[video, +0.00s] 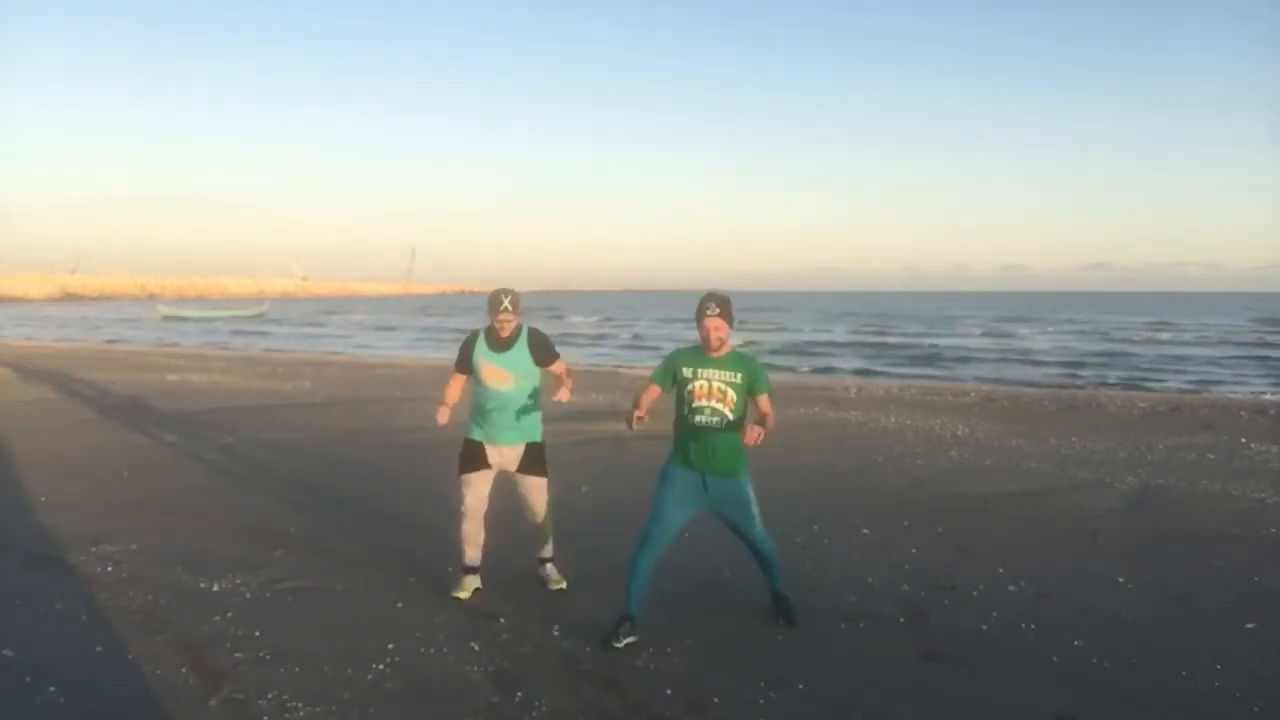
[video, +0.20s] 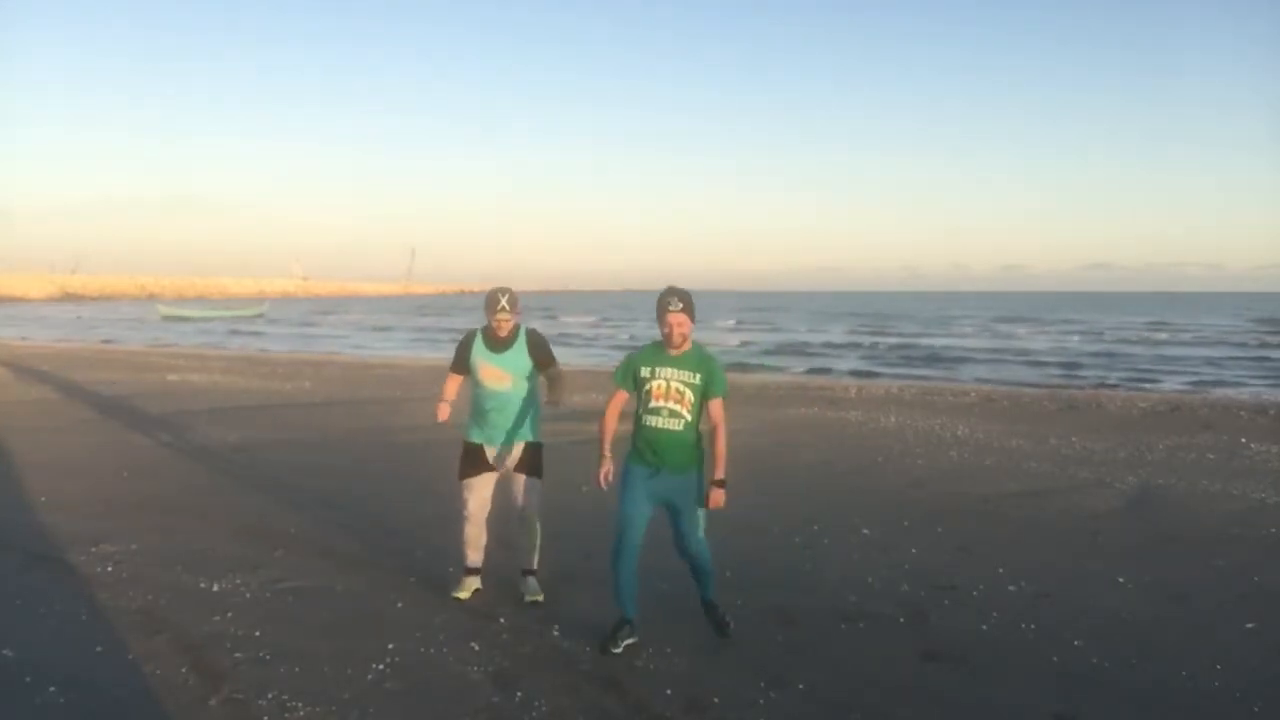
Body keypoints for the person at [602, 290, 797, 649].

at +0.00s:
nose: (711, 334)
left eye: (718, 326)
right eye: (705, 326)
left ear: (730, 327)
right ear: (697, 327)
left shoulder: (748, 366)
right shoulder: (679, 360)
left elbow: (766, 413)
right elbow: (650, 392)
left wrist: (760, 427)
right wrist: (639, 411)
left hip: (730, 475)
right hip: (684, 471)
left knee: (758, 540)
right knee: (652, 543)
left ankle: (780, 598)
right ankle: (629, 620)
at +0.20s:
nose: (673, 330)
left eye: (680, 322)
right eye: (667, 322)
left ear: (692, 323)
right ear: (658, 323)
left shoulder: (707, 367)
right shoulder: (639, 360)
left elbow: (717, 424)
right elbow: (613, 408)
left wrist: (718, 480)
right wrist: (606, 455)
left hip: (686, 472)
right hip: (641, 468)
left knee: (693, 545)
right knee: (627, 543)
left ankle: (709, 603)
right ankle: (627, 620)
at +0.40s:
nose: (662, 319)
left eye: (668, 311)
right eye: (655, 311)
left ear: (678, 312)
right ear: (645, 312)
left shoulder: (697, 354)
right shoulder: (624, 347)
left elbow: (713, 400)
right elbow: (595, 384)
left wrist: (700, 450)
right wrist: (603, 434)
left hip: (674, 463)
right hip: (629, 460)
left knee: (670, 544)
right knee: (624, 541)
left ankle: (655, 621)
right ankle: (624, 619)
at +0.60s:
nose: (662, 321)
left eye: (667, 313)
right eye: (654, 314)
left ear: (675, 313)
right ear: (641, 314)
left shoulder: (692, 351)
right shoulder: (619, 347)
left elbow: (707, 390)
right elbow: (592, 379)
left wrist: (700, 436)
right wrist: (603, 423)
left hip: (670, 463)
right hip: (625, 461)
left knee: (665, 544)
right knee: (621, 542)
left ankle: (653, 623)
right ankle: (623, 620)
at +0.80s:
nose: (666, 335)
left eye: (668, 328)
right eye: (658, 329)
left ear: (672, 330)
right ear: (639, 332)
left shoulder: (688, 374)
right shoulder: (614, 374)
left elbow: (695, 428)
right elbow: (596, 427)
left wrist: (697, 467)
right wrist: (605, 462)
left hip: (674, 481)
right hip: (627, 482)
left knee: (690, 553)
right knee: (620, 558)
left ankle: (676, 622)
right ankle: (623, 624)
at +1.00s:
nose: (680, 336)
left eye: (682, 328)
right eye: (672, 330)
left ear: (684, 331)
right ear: (652, 335)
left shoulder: (701, 374)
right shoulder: (626, 376)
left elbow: (729, 428)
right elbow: (603, 432)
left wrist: (715, 430)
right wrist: (634, 435)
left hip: (690, 490)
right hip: (639, 491)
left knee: (723, 564)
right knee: (624, 567)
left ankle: (753, 649)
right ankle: (624, 626)